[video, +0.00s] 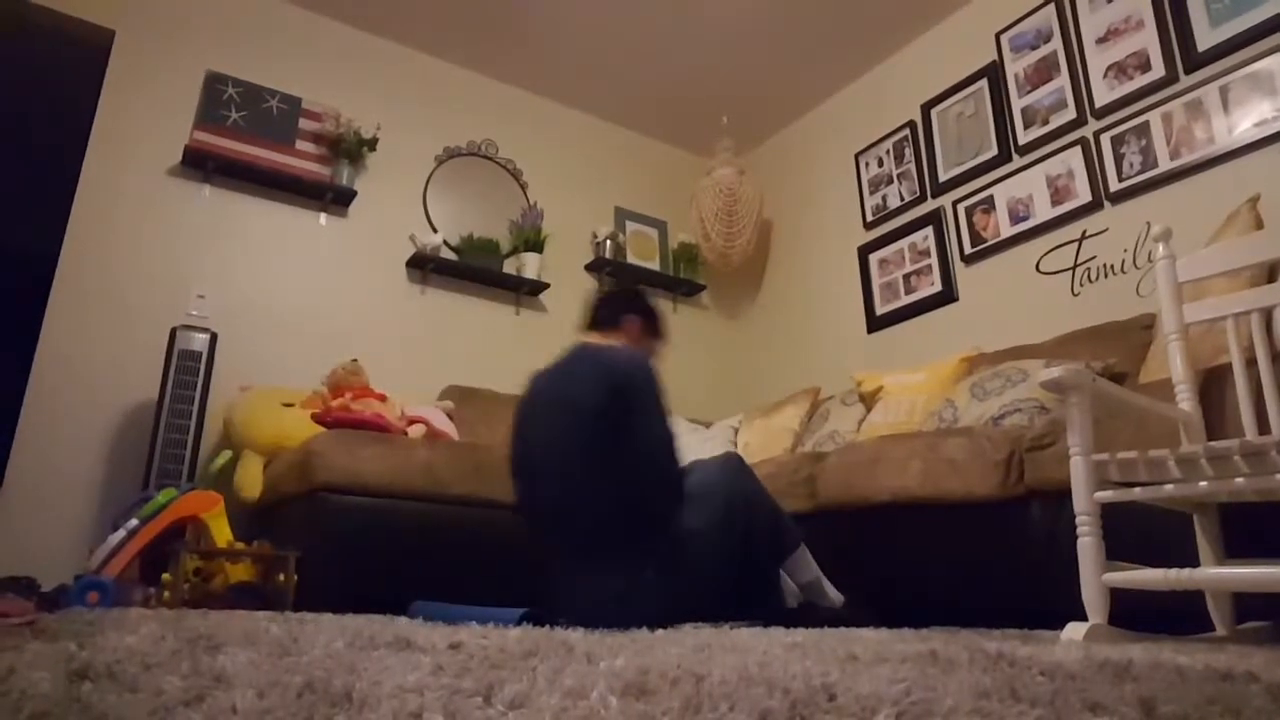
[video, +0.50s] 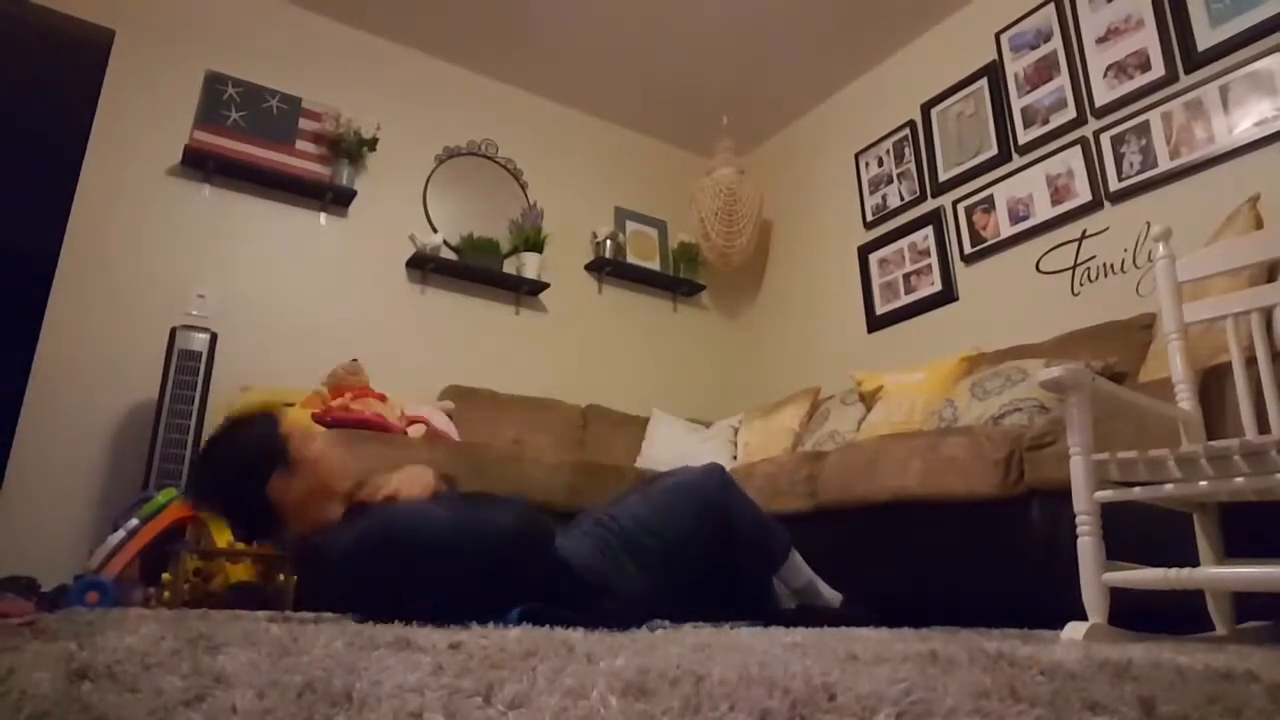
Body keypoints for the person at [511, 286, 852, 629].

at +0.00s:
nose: (651, 361)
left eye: (653, 352)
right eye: (651, 350)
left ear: (592, 328)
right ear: (631, 328)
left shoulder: (541, 384)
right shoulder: (627, 369)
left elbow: (530, 500)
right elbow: (664, 493)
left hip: (568, 592)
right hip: (638, 595)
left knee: (725, 470)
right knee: (728, 489)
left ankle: (818, 590)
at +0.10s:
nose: (589, 345)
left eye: (590, 332)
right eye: (586, 331)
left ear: (523, 322)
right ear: (564, 319)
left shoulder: (489, 394)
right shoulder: (566, 382)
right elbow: (630, 493)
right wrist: (664, 492)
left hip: (540, 595)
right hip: (607, 598)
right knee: (725, 473)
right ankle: (818, 592)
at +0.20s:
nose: (513, 344)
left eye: (510, 330)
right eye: (505, 329)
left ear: (455, 335)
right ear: (477, 332)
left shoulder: (434, 422)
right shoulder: (500, 413)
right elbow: (599, 513)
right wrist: (586, 472)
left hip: (520, 595)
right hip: (587, 599)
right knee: (719, 477)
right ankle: (812, 594)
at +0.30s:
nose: (440, 369)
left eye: (432, 355)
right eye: (425, 357)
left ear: (372, 382)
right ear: (393, 374)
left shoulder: (377, 462)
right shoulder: (443, 458)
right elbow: (572, 517)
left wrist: (483, 457)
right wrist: (514, 461)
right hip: (577, 596)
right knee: (710, 480)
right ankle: (817, 594)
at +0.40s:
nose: (386, 403)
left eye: (373, 390)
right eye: (366, 396)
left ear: (319, 440)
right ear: (324, 430)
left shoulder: (322, 519)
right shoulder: (393, 502)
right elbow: (543, 520)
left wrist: (441, 470)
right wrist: (461, 466)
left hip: (529, 596)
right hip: (574, 591)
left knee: (724, 561)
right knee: (710, 488)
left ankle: (793, 626)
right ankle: (819, 602)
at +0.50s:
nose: (326, 439)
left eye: (311, 431)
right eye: (306, 441)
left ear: (287, 493)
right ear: (285, 490)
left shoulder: (327, 560)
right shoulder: (367, 546)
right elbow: (529, 531)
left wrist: (430, 492)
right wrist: (436, 490)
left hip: (554, 572)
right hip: (577, 582)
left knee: (680, 493)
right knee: (707, 487)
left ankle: (779, 601)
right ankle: (810, 597)